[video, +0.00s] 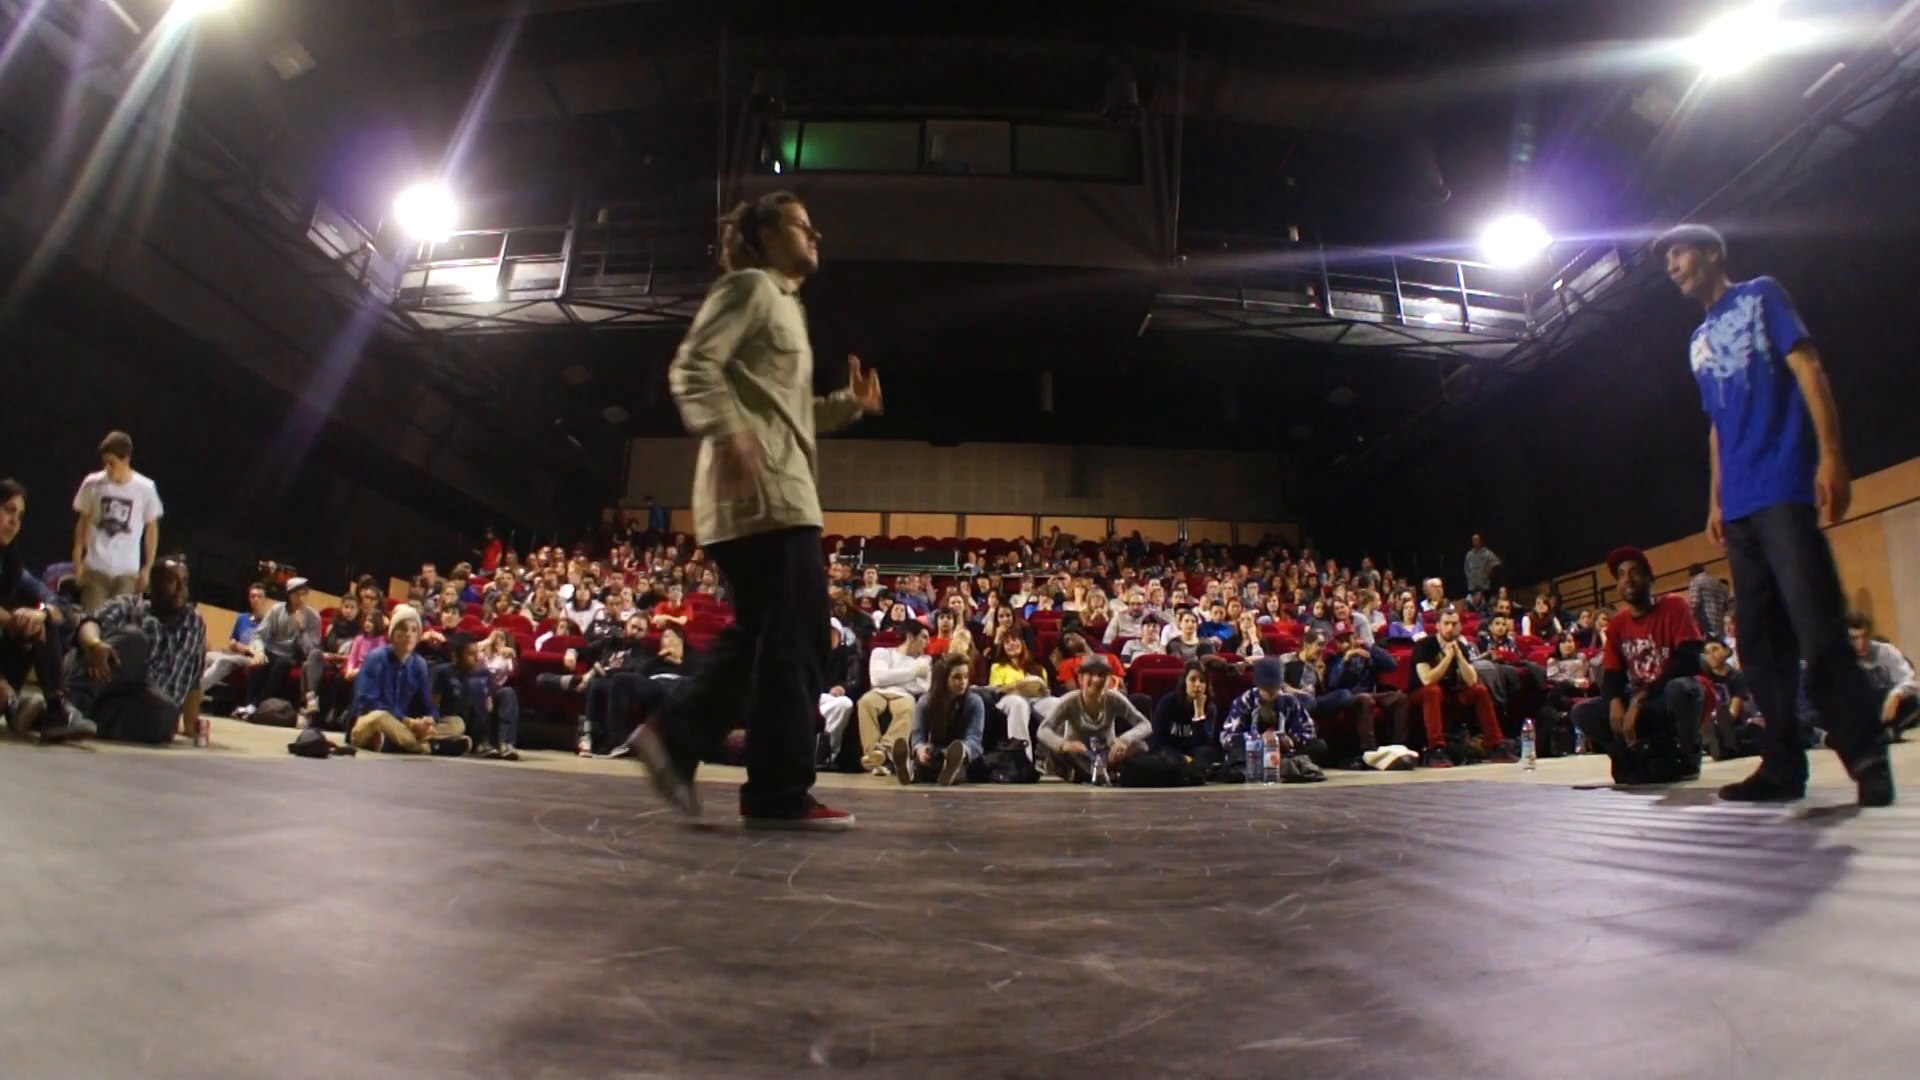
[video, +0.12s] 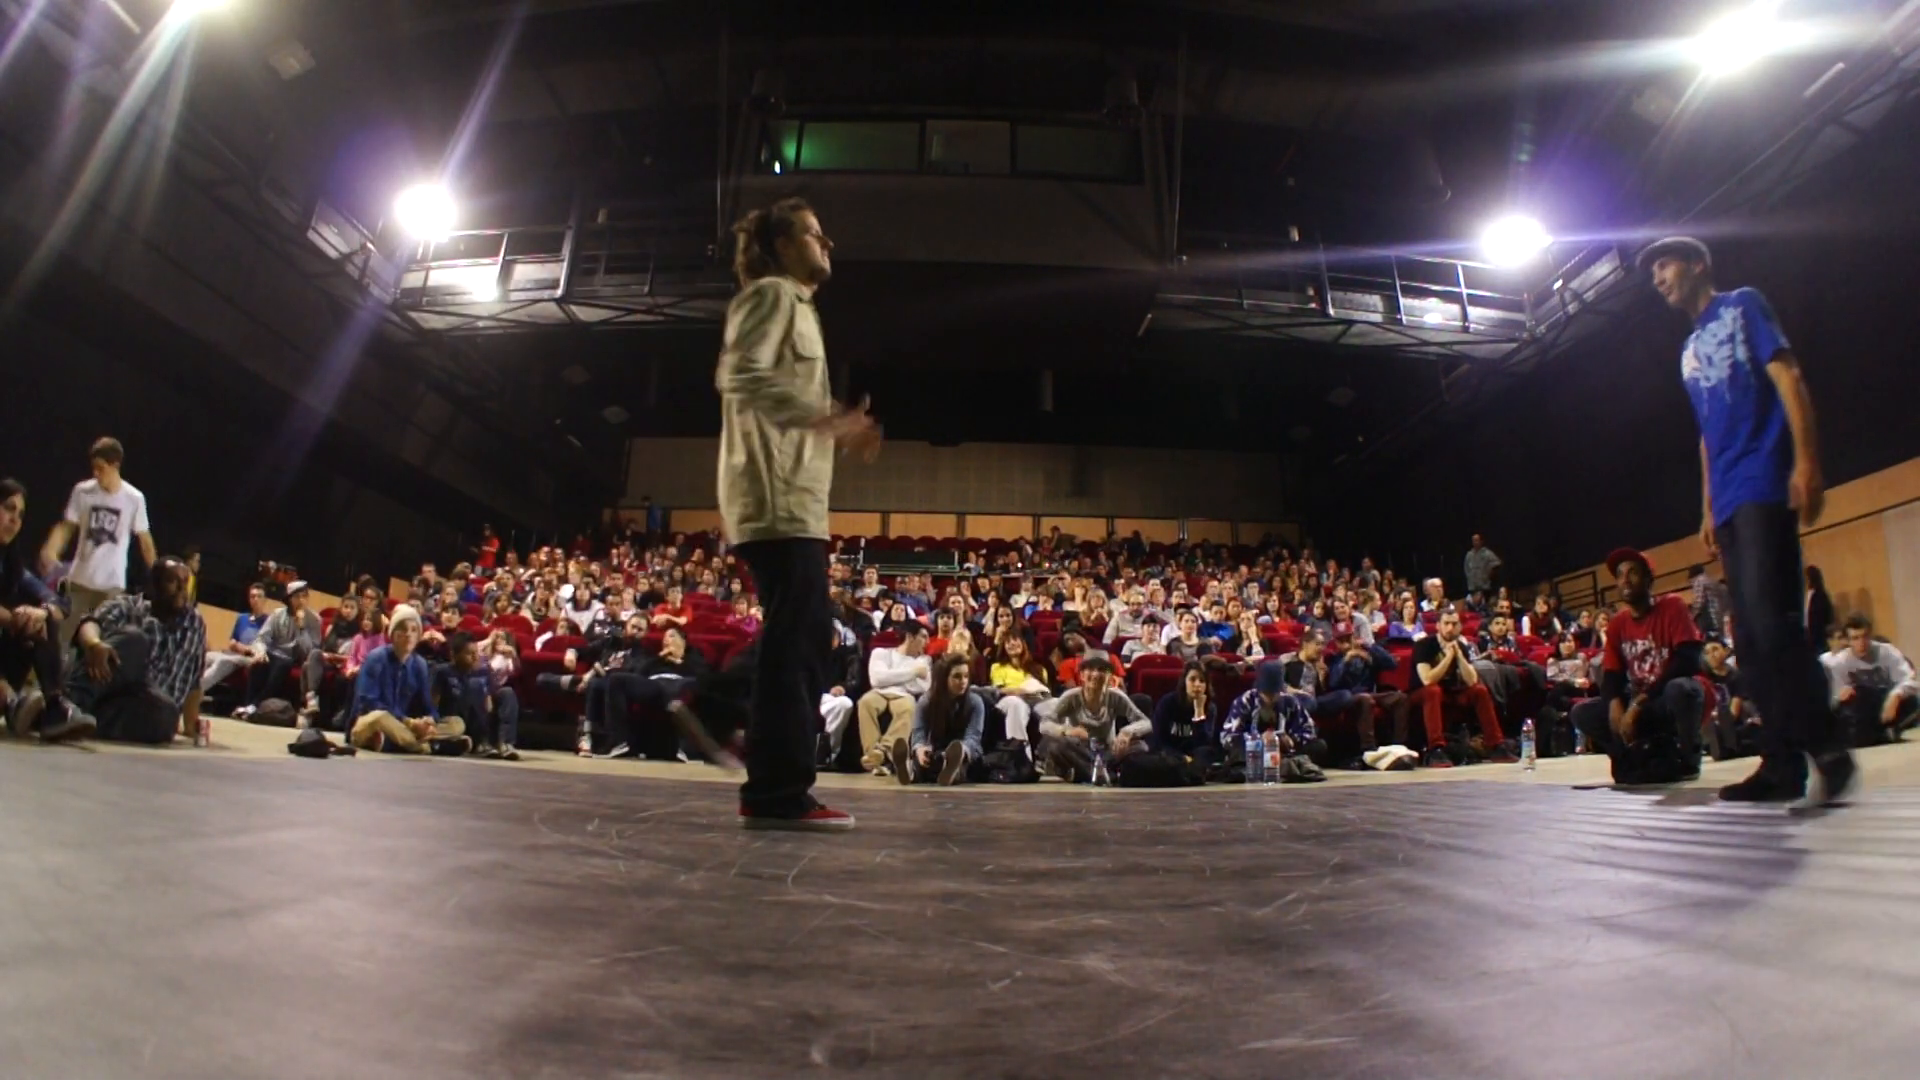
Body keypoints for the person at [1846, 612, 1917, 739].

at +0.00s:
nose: (1860, 643)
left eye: (1864, 637)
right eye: (1854, 638)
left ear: (1869, 636)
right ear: (1847, 639)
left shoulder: (1886, 652)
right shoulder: (1843, 659)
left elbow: (1909, 680)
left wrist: (1895, 695)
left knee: (1912, 702)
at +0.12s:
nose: (1861, 643)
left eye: (1864, 637)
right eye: (1855, 638)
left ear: (1870, 636)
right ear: (1848, 640)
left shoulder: (1887, 652)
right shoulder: (1839, 662)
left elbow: (1910, 679)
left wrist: (1895, 696)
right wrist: (1839, 696)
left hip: (1886, 695)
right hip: (1861, 698)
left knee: (1912, 702)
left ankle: (1894, 730)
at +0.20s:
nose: (1861, 643)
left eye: (1864, 637)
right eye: (1855, 638)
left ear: (1870, 635)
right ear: (1848, 640)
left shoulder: (1887, 652)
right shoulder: (1840, 662)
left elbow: (1910, 680)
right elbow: (1830, 703)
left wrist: (1894, 696)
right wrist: (1838, 697)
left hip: (1885, 698)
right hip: (1858, 701)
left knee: (1911, 703)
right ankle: (1885, 734)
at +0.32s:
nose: (1861, 643)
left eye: (1864, 636)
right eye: (1855, 638)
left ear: (1870, 635)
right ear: (1848, 640)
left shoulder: (1887, 652)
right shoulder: (1840, 662)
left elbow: (1910, 680)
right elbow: (1829, 704)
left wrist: (1894, 696)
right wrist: (1838, 697)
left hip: (1885, 700)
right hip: (1858, 702)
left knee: (1912, 703)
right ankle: (1884, 734)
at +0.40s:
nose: (1861, 643)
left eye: (1864, 636)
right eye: (1855, 638)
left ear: (1870, 635)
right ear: (1848, 640)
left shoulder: (1887, 652)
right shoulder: (1839, 662)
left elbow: (1910, 680)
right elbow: (1829, 704)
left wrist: (1894, 696)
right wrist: (1838, 697)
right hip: (1858, 702)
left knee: (1912, 702)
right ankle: (1884, 734)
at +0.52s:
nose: (1861, 642)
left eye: (1864, 636)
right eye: (1855, 637)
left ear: (1870, 635)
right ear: (1848, 639)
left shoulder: (1888, 652)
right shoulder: (1840, 661)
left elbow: (1911, 679)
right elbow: (1830, 704)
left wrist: (1895, 696)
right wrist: (1839, 697)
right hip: (1857, 703)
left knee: (1912, 703)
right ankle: (1883, 735)